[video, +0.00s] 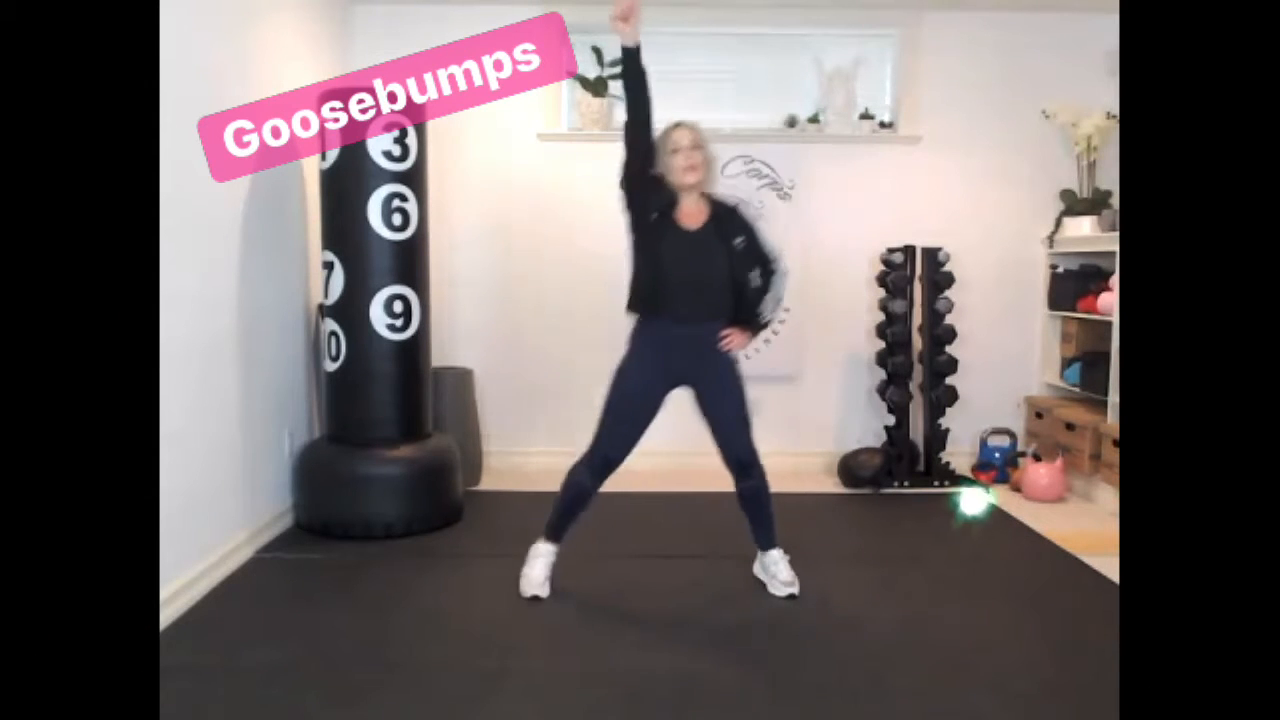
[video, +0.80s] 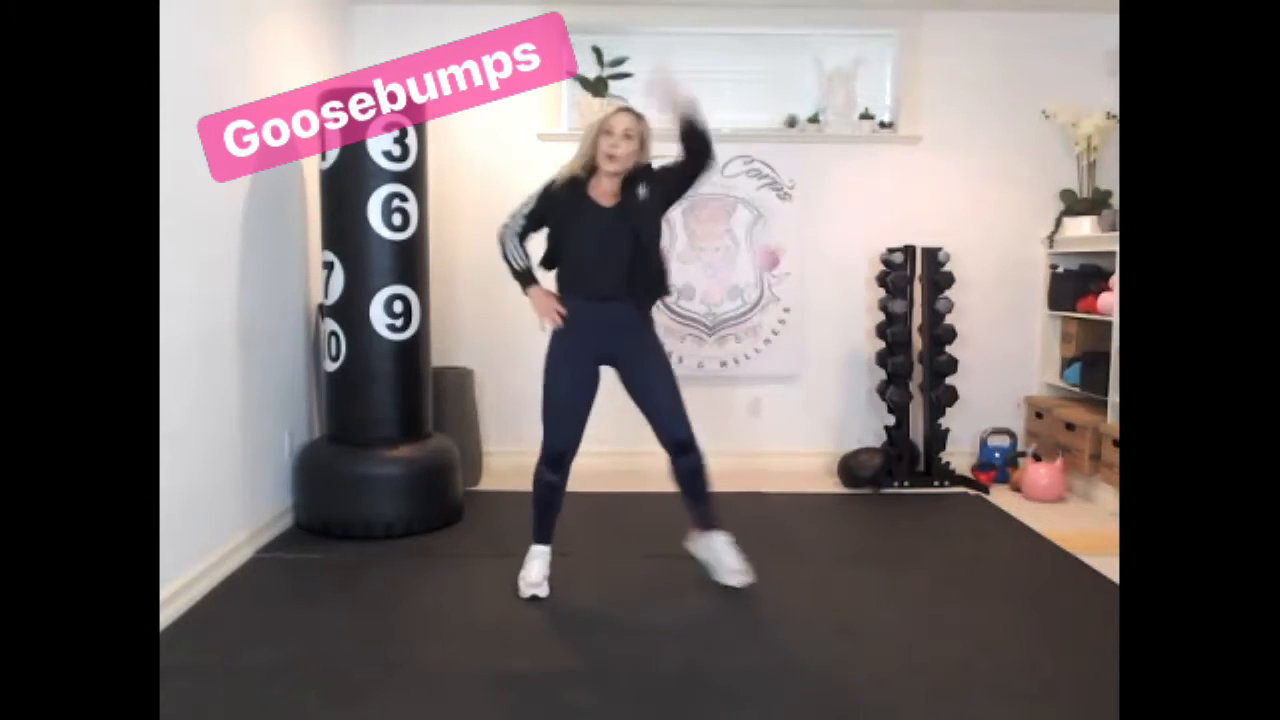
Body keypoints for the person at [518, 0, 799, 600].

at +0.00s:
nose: (688, 157)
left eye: (695, 149)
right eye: (678, 150)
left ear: (707, 160)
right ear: (661, 163)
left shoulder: (727, 219)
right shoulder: (648, 205)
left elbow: (765, 274)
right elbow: (637, 125)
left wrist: (751, 324)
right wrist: (629, 44)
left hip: (711, 349)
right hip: (653, 345)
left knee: (742, 457)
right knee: (605, 455)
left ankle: (770, 552)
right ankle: (546, 547)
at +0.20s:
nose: (642, 168)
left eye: (648, 160)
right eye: (631, 160)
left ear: (658, 169)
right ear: (611, 167)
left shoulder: (668, 226)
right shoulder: (589, 210)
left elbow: (689, 282)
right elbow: (563, 143)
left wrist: (676, 330)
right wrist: (591, 79)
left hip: (646, 352)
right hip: (587, 351)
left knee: (697, 453)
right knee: (561, 465)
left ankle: (740, 543)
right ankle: (536, 554)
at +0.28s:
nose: (632, 158)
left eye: (637, 149)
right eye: (620, 150)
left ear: (646, 157)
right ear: (600, 159)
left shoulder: (656, 216)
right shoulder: (573, 200)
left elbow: (670, 276)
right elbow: (516, 198)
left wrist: (663, 321)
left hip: (627, 343)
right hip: (571, 341)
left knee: (668, 447)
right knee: (557, 456)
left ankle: (678, 533)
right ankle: (537, 552)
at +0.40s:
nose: (619, 167)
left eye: (628, 160)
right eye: (609, 159)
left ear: (638, 169)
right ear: (589, 168)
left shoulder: (649, 228)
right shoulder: (559, 226)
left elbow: (659, 288)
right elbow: (525, 290)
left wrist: (647, 330)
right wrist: (529, 295)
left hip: (609, 353)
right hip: (553, 351)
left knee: (621, 463)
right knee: (547, 462)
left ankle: (602, 533)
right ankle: (535, 551)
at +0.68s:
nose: (597, 168)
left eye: (607, 161)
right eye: (589, 159)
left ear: (619, 170)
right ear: (575, 166)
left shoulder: (636, 226)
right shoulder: (545, 219)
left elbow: (699, 274)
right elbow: (490, 254)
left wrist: (674, 323)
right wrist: (512, 307)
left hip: (612, 356)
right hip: (552, 352)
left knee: (647, 453)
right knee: (541, 463)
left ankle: (623, 526)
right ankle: (536, 552)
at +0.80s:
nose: (618, 144)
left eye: (629, 138)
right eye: (611, 135)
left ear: (641, 148)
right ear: (595, 141)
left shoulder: (650, 190)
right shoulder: (565, 192)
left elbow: (699, 157)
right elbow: (510, 233)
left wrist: (683, 107)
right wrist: (532, 288)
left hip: (634, 329)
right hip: (576, 330)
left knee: (679, 437)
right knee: (557, 449)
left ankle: (706, 533)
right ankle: (540, 549)